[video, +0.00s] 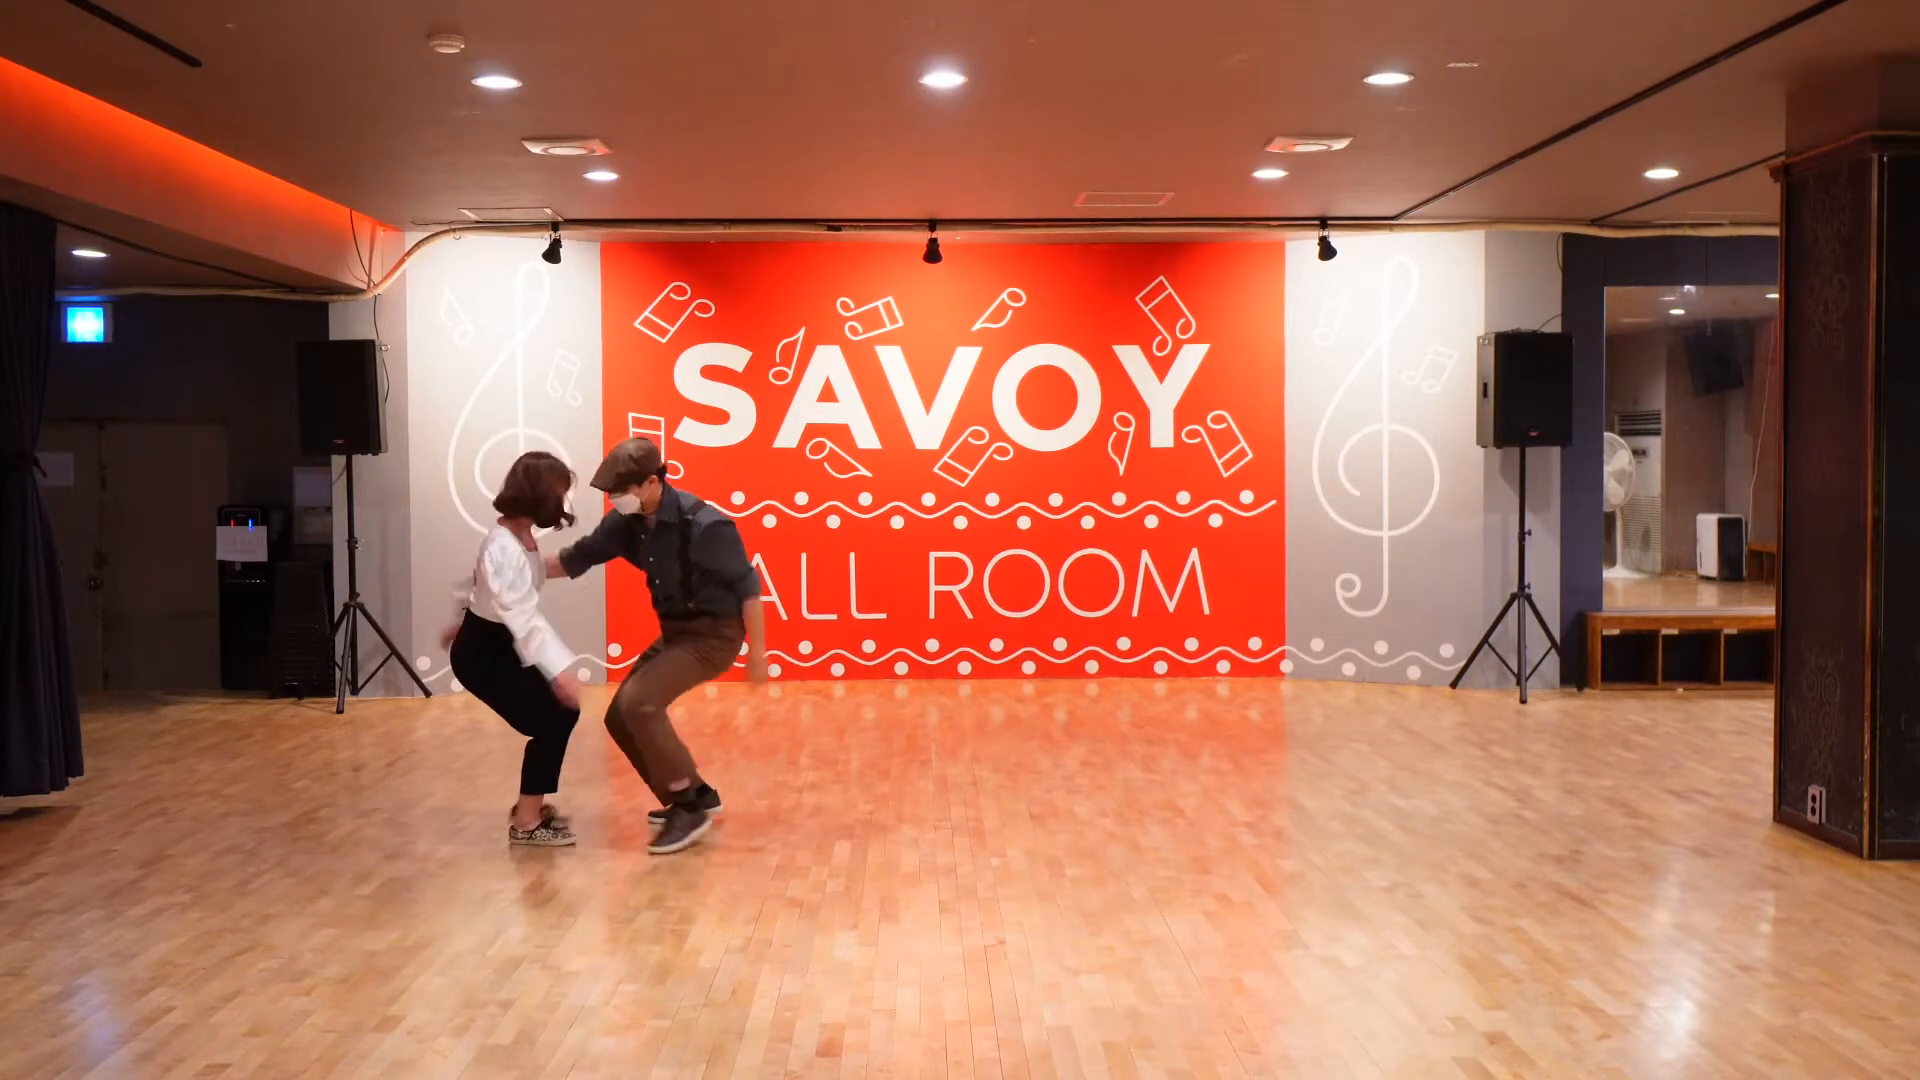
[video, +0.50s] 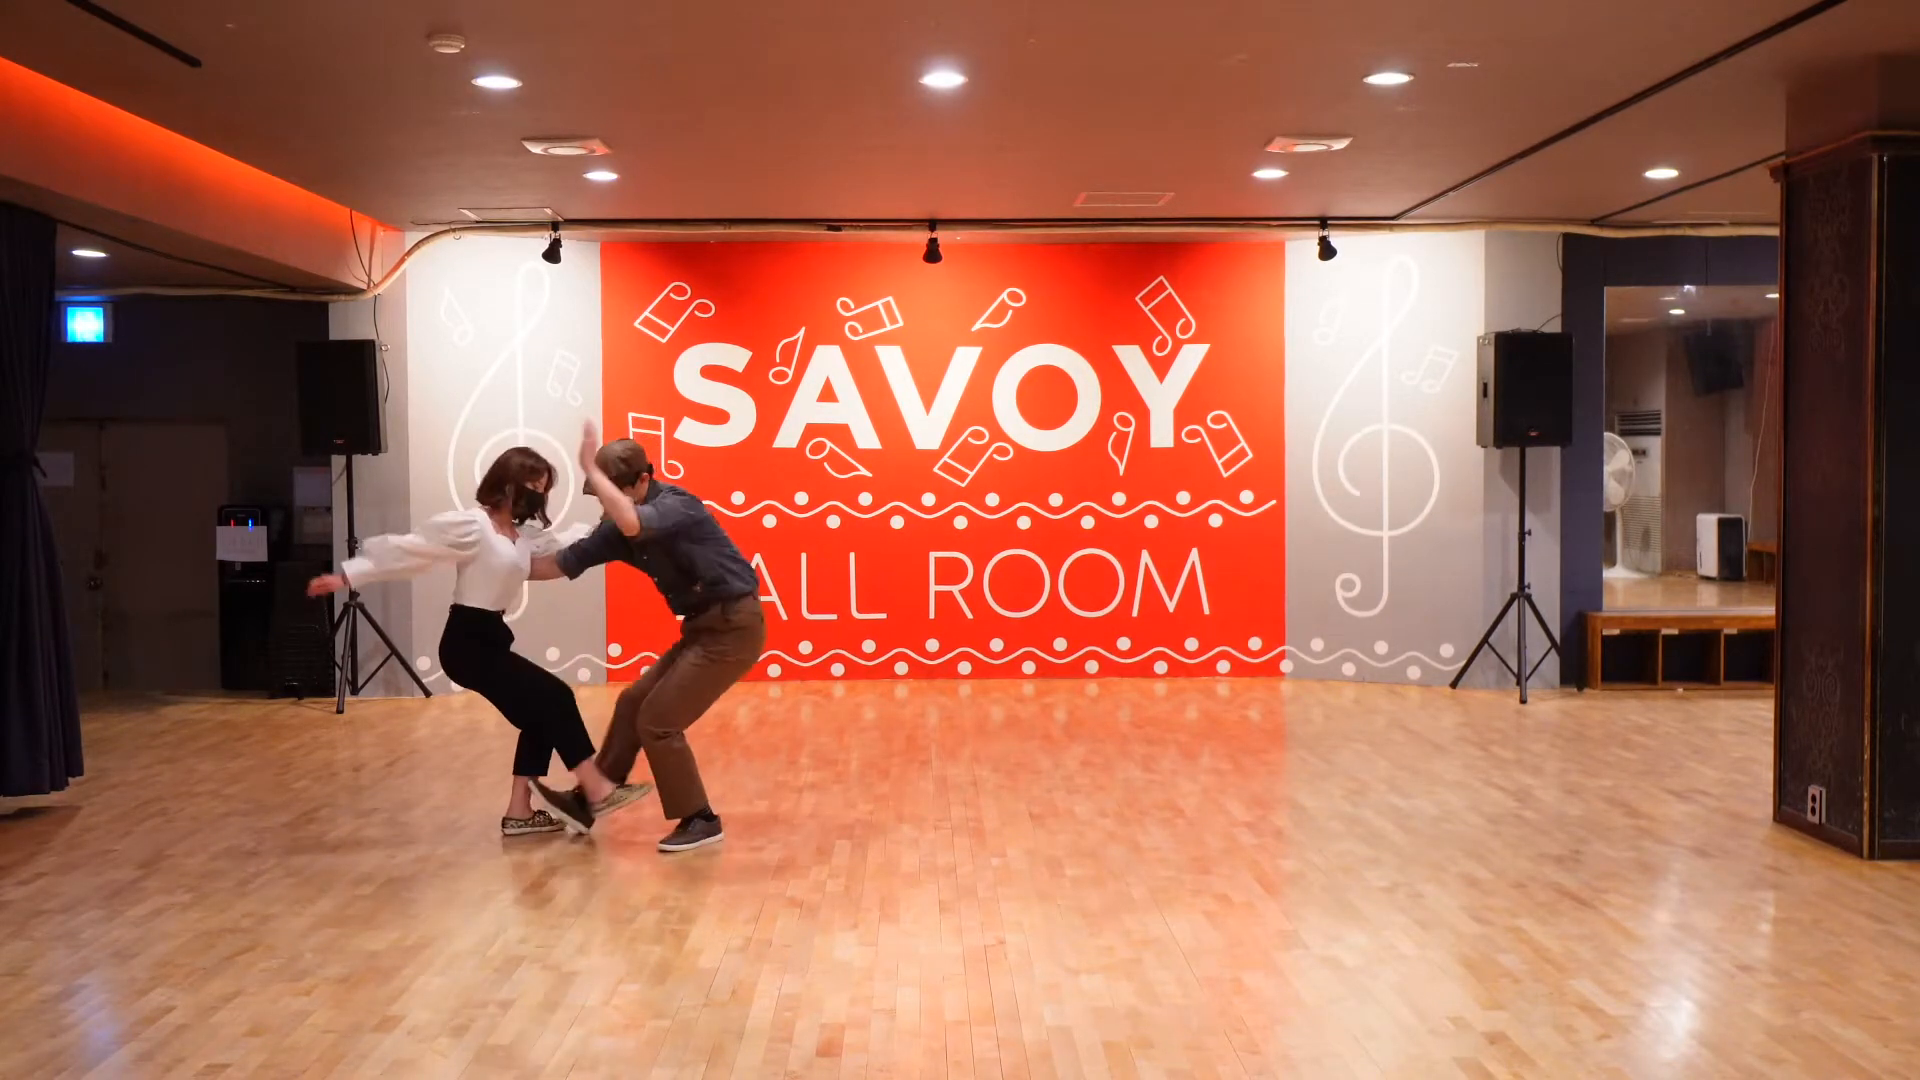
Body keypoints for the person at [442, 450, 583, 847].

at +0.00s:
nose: (564, 502)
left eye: (564, 494)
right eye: (560, 494)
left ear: (524, 491)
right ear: (541, 495)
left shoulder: (521, 536)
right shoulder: (503, 547)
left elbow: (481, 583)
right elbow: (523, 617)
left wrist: (460, 621)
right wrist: (558, 669)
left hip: (498, 645)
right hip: (480, 654)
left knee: (561, 709)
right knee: (550, 721)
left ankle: (531, 806)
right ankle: (527, 821)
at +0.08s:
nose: (562, 499)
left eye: (562, 492)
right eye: (557, 491)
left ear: (523, 491)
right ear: (537, 493)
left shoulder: (519, 538)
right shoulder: (501, 547)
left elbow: (523, 585)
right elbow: (495, 620)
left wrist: (554, 574)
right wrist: (481, 682)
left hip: (503, 648)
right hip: (489, 654)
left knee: (552, 721)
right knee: (557, 724)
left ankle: (524, 813)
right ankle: (528, 820)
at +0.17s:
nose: (553, 500)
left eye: (556, 492)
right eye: (549, 491)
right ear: (527, 489)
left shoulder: (524, 546)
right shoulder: (492, 543)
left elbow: (532, 606)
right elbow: (455, 603)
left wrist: (574, 640)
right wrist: (413, 655)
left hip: (499, 654)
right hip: (479, 657)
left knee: (546, 717)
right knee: (565, 711)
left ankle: (520, 813)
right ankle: (540, 810)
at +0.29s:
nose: (548, 502)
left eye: (552, 496)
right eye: (543, 493)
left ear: (542, 496)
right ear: (520, 488)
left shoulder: (523, 542)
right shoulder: (478, 527)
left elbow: (562, 584)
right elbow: (417, 562)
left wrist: (616, 575)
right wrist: (355, 593)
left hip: (495, 647)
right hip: (472, 649)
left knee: (545, 715)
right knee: (560, 700)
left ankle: (520, 812)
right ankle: (604, 792)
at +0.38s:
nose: (544, 498)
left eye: (549, 492)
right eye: (540, 489)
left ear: (543, 493)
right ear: (517, 483)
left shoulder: (529, 538)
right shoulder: (477, 525)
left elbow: (572, 552)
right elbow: (411, 543)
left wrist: (611, 534)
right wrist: (345, 563)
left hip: (494, 644)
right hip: (469, 645)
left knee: (544, 716)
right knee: (551, 711)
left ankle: (520, 813)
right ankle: (628, 778)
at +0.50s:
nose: (540, 495)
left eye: (543, 487)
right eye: (535, 485)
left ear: (534, 489)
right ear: (512, 482)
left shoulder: (524, 535)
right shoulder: (472, 527)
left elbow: (572, 548)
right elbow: (408, 551)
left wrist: (617, 520)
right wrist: (345, 577)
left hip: (490, 643)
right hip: (465, 646)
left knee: (538, 714)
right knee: (556, 694)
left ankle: (519, 811)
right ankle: (598, 787)